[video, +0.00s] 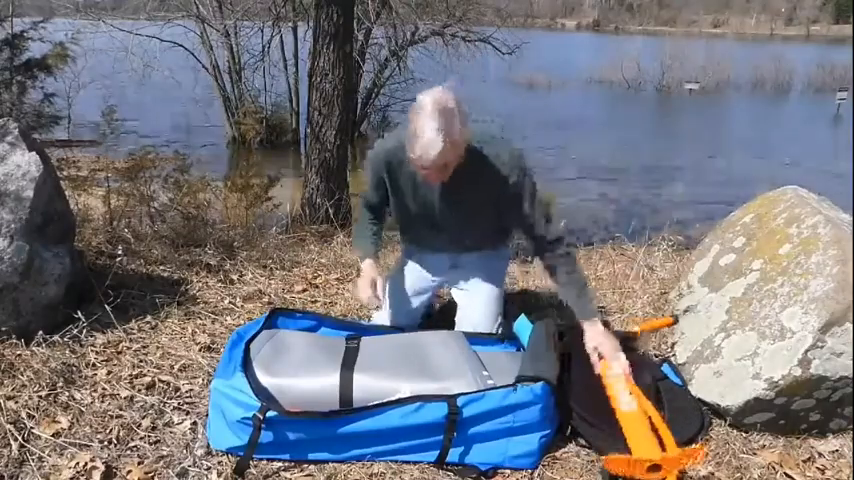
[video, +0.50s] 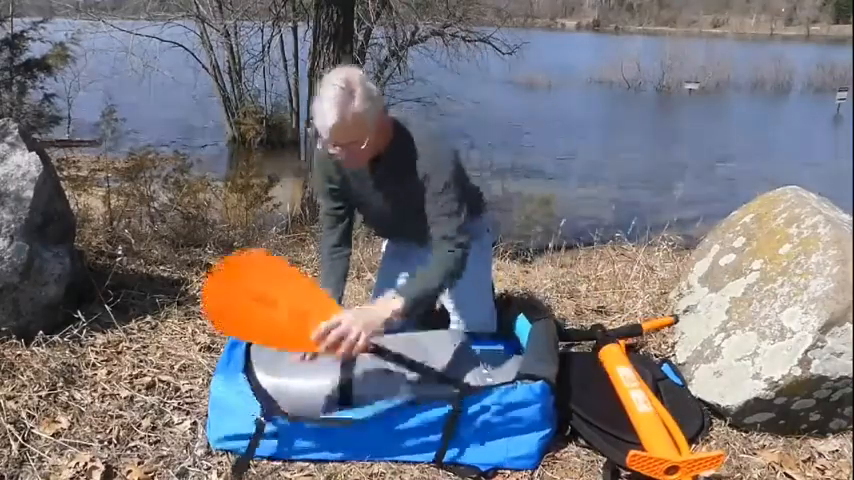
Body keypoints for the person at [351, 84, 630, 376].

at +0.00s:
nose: (433, 177)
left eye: (443, 167)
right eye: (423, 167)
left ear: (462, 142)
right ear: (409, 144)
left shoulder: (501, 163)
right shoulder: (387, 157)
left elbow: (551, 244)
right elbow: (369, 209)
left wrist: (591, 323)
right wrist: (367, 263)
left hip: (482, 261)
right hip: (419, 259)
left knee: (477, 342)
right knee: (384, 333)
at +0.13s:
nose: (376, 145)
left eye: (388, 135)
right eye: (369, 133)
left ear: (422, 114)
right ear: (359, 120)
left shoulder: (477, 144)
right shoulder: (354, 141)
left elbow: (518, 225)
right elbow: (343, 213)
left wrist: (505, 304)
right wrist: (342, 275)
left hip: (474, 250)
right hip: (406, 251)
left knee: (487, 350)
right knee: (378, 342)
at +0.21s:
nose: (354, 152)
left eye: (364, 142)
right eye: (345, 141)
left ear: (397, 119)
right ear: (336, 130)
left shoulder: (444, 148)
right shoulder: (339, 153)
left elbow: (442, 254)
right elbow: (338, 232)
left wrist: (399, 351)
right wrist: (331, 318)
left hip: (467, 234)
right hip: (407, 241)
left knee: (472, 330)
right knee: (380, 332)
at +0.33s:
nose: (312, 179)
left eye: (320, 169)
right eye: (305, 170)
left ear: (351, 151)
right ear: (299, 158)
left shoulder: (411, 170)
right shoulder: (324, 177)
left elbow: (425, 280)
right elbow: (332, 251)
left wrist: (403, 375)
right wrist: (331, 324)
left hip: (460, 234)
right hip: (401, 240)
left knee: (471, 332)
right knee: (378, 328)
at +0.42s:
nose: (312, 169)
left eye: (320, 158)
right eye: (305, 160)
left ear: (353, 139)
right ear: (298, 151)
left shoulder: (416, 167)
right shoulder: (324, 174)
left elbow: (453, 270)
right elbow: (332, 250)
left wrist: (413, 357)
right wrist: (331, 325)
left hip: (461, 243)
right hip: (402, 248)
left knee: (468, 343)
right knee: (378, 337)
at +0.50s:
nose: (335, 153)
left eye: (347, 144)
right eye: (328, 143)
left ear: (380, 125)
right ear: (321, 130)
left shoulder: (429, 149)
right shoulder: (328, 159)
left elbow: (451, 249)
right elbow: (334, 244)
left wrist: (387, 309)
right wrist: (324, 316)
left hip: (460, 238)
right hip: (403, 243)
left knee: (474, 338)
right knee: (382, 340)